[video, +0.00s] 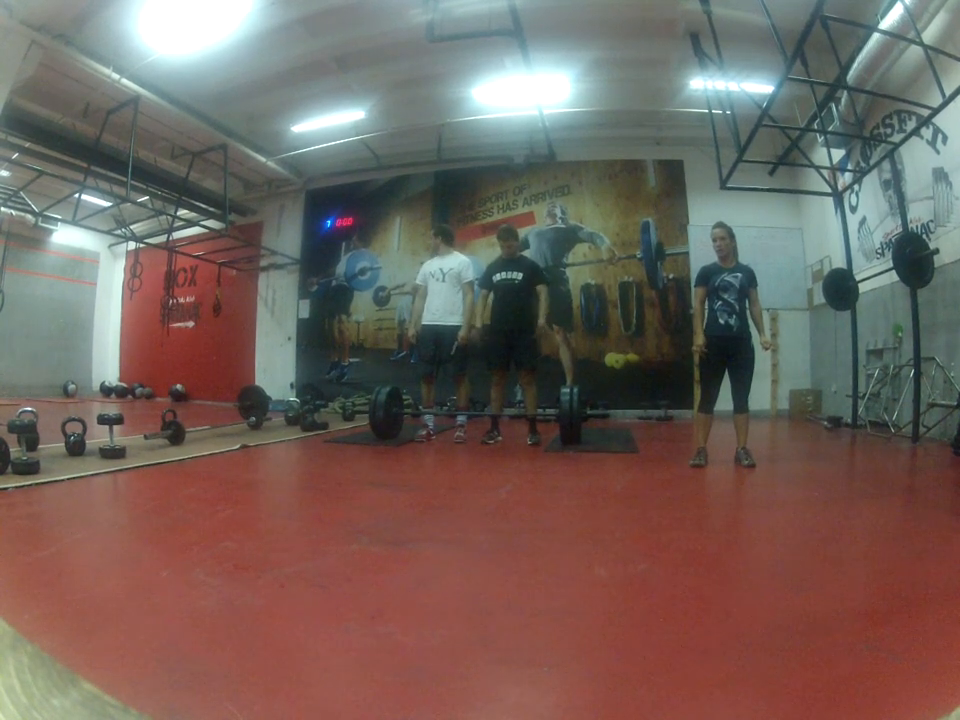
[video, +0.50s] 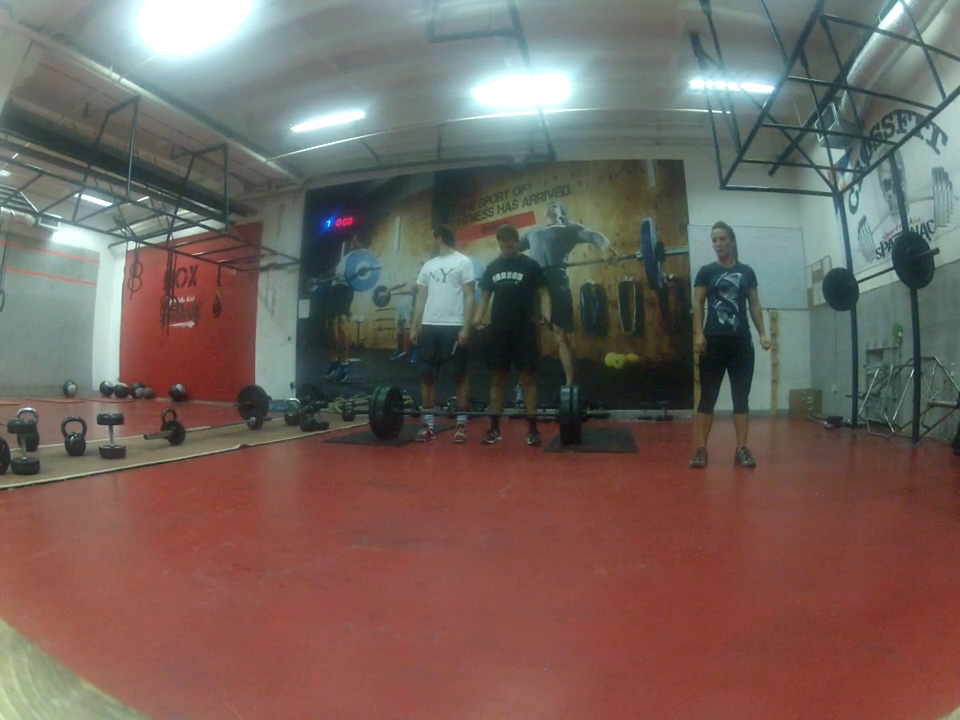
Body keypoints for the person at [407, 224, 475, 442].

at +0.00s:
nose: (431, 242)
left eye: (433, 238)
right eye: (431, 238)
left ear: (440, 239)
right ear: (442, 239)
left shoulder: (462, 262)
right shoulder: (427, 265)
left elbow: (469, 295)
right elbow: (420, 297)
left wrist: (466, 327)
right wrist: (413, 325)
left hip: (454, 326)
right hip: (428, 326)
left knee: (459, 375)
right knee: (426, 375)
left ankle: (461, 424)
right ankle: (428, 424)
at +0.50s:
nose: (431, 242)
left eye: (433, 238)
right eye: (432, 238)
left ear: (441, 239)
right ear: (442, 239)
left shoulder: (463, 262)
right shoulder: (428, 265)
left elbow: (470, 295)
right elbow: (421, 297)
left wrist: (466, 328)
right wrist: (415, 326)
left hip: (455, 327)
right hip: (429, 327)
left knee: (460, 376)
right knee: (426, 376)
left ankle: (461, 424)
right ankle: (427, 424)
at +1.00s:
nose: (430, 241)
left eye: (432, 237)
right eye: (431, 237)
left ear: (441, 238)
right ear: (439, 239)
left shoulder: (462, 261)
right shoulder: (427, 265)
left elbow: (469, 295)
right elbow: (420, 297)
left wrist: (466, 327)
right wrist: (414, 325)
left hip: (454, 327)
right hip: (428, 326)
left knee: (459, 375)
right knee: (426, 374)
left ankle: (462, 424)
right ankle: (427, 424)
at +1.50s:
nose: (434, 245)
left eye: (438, 241)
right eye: (433, 242)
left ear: (447, 240)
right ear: (432, 242)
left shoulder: (462, 263)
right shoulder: (426, 266)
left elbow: (468, 295)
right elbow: (417, 298)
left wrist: (466, 326)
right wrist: (410, 326)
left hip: (454, 327)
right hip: (428, 327)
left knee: (459, 375)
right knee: (426, 376)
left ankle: (461, 425)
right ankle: (427, 425)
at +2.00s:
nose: (438, 248)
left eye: (441, 244)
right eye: (435, 244)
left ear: (449, 242)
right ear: (432, 243)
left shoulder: (462, 264)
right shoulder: (425, 266)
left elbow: (471, 296)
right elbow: (416, 298)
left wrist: (472, 325)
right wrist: (408, 325)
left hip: (456, 328)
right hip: (429, 327)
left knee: (459, 376)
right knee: (426, 376)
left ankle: (461, 425)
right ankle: (427, 425)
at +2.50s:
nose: (439, 249)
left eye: (442, 245)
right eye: (435, 246)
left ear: (449, 243)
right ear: (431, 244)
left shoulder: (460, 264)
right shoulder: (423, 267)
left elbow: (469, 296)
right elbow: (414, 298)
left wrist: (470, 326)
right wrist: (405, 325)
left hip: (455, 328)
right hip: (428, 328)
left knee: (459, 376)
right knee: (426, 376)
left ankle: (461, 426)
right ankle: (427, 425)